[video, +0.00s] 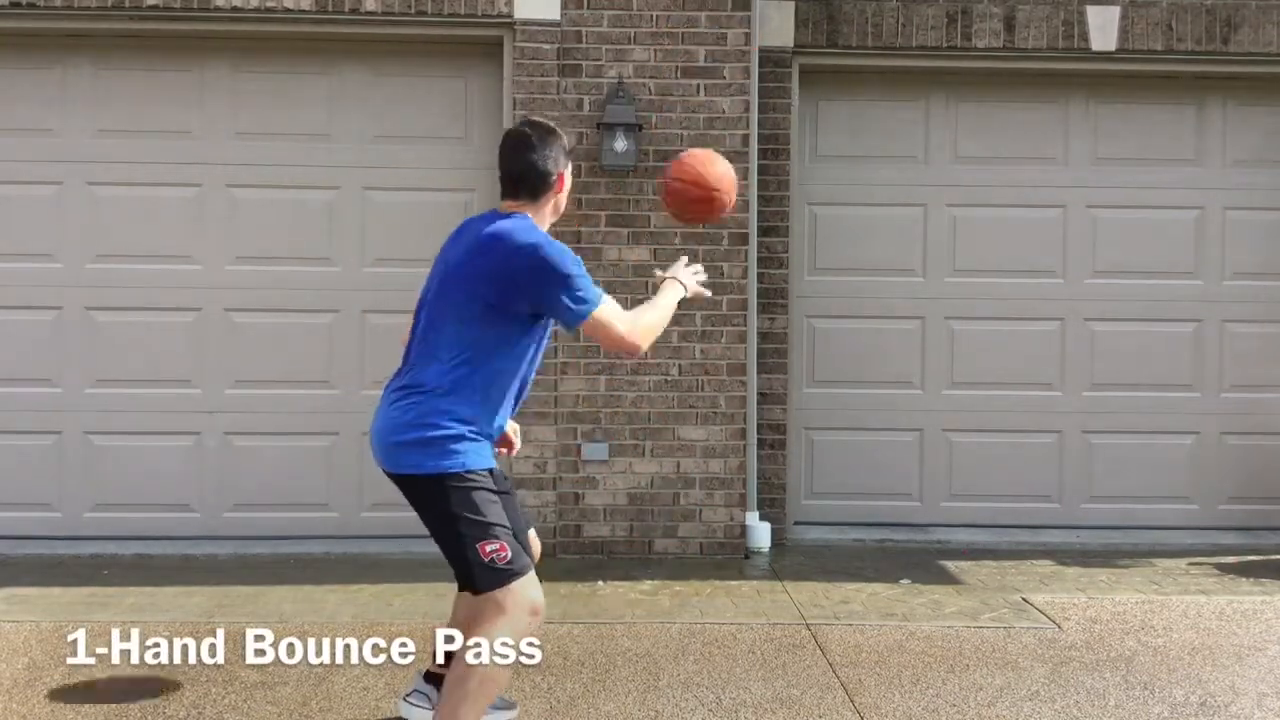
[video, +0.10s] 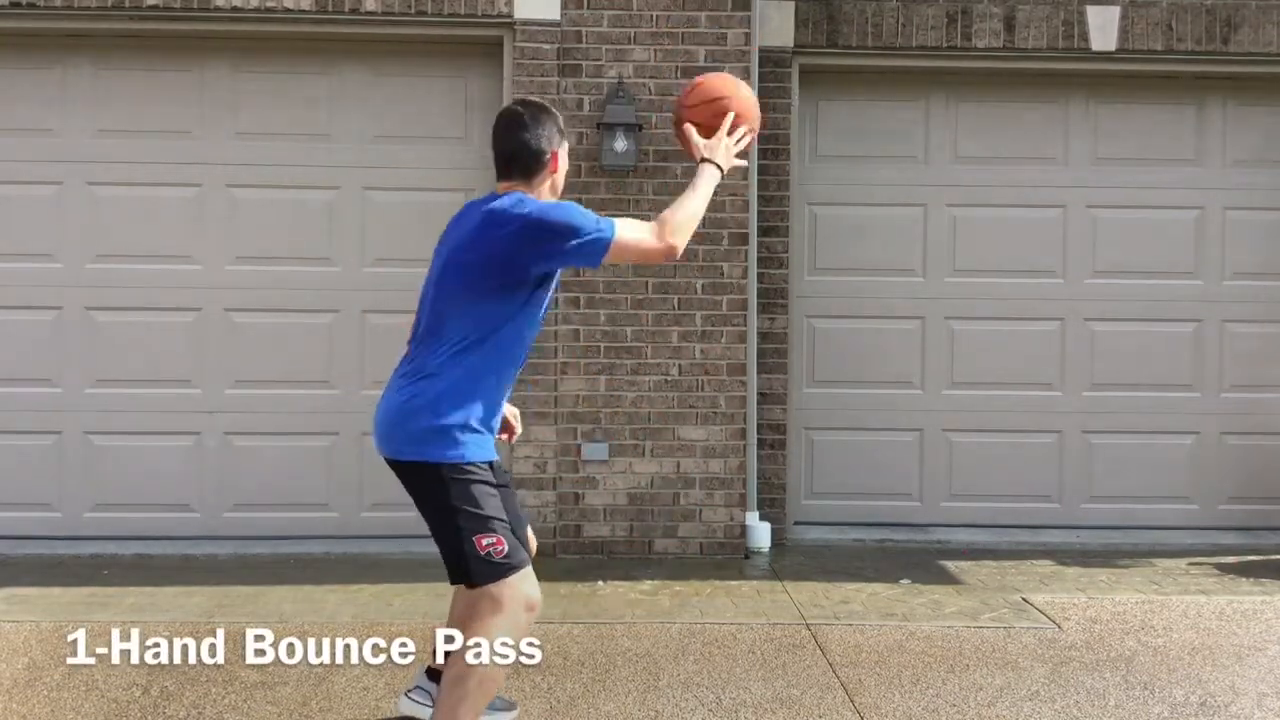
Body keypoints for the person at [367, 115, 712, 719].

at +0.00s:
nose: (570, 186)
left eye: (568, 176)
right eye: (570, 176)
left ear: (505, 176)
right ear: (561, 182)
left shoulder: (468, 235)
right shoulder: (539, 253)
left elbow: (425, 337)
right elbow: (630, 336)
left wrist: (487, 415)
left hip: (418, 427)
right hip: (441, 439)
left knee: (519, 547)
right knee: (518, 608)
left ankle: (439, 684)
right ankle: (456, 712)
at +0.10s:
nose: (569, 165)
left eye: (567, 155)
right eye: (567, 155)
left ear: (499, 161)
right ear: (555, 162)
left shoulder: (474, 215)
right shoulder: (532, 218)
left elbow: (437, 328)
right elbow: (664, 240)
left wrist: (486, 401)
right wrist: (709, 166)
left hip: (431, 421)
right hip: (441, 430)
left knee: (516, 547)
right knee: (514, 603)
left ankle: (443, 683)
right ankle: (454, 712)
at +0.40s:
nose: (584, 189)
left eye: (583, 178)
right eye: (585, 178)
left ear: (517, 175)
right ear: (572, 184)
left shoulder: (501, 232)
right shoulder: (508, 238)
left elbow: (426, 307)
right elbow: (608, 289)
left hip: (456, 430)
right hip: (434, 433)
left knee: (530, 551)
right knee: (504, 597)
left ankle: (440, 680)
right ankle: (449, 710)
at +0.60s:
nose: (584, 223)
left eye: (584, 213)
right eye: (586, 213)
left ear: (520, 201)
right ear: (577, 219)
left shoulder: (475, 246)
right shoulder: (546, 312)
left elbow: (411, 326)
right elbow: (586, 411)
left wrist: (458, 385)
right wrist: (630, 449)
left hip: (405, 441)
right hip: (436, 456)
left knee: (530, 543)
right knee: (516, 618)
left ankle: (445, 681)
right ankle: (455, 711)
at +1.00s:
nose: (573, 204)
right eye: (574, 195)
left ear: (508, 190)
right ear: (567, 202)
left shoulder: (463, 245)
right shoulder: (542, 281)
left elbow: (399, 332)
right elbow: (569, 409)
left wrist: (450, 386)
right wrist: (622, 403)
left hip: (405, 441)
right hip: (444, 452)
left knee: (527, 545)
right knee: (528, 613)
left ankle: (441, 684)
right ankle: (457, 712)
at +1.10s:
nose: (565, 188)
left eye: (564, 179)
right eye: (565, 180)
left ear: (496, 180)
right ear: (557, 188)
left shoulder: (459, 236)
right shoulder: (536, 261)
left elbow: (401, 329)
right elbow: (603, 367)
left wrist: (450, 385)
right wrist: (644, 322)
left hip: (409, 437)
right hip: (448, 448)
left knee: (523, 548)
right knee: (528, 615)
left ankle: (438, 687)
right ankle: (459, 712)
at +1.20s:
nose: (558, 162)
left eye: (554, 151)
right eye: (556, 152)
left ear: (490, 159)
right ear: (545, 162)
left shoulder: (460, 219)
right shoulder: (535, 231)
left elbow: (410, 317)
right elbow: (649, 278)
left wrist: (481, 400)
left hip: (422, 428)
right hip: (452, 437)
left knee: (486, 580)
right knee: (516, 608)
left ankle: (434, 690)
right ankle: (455, 712)